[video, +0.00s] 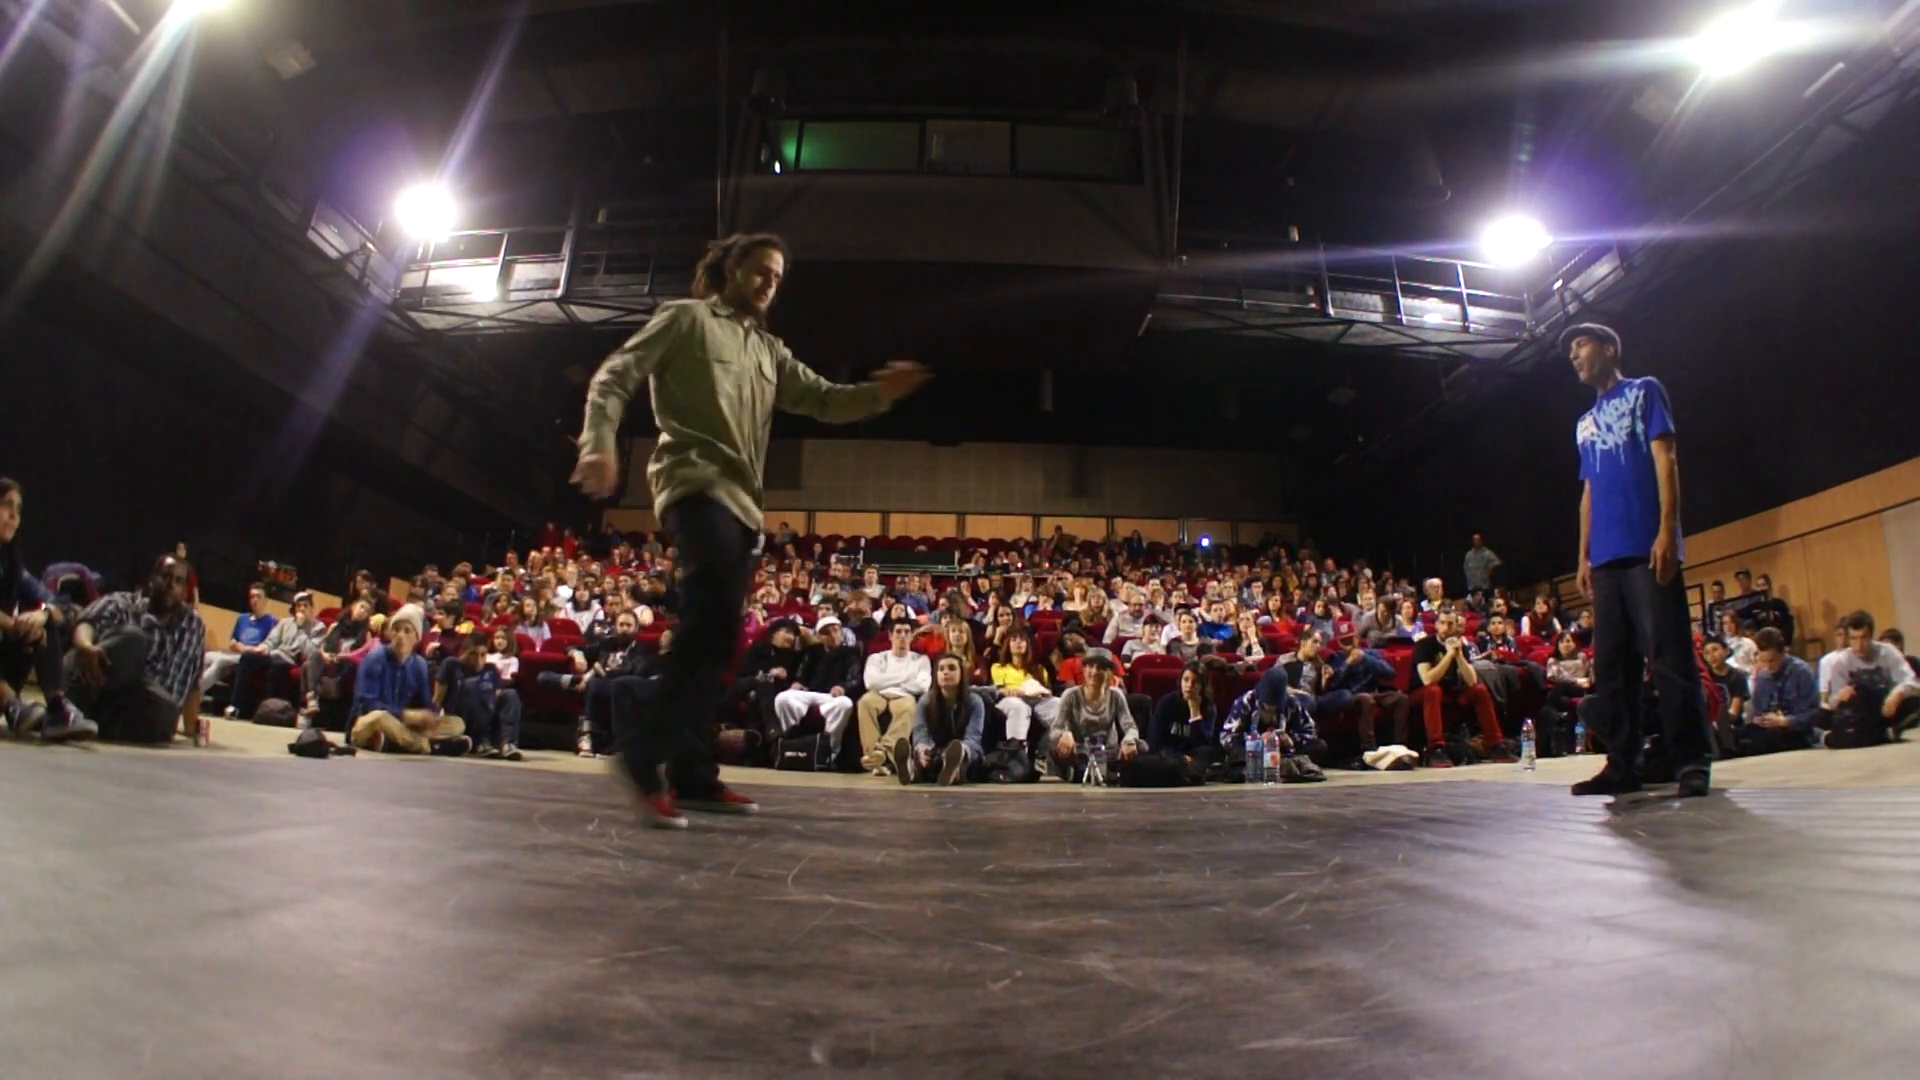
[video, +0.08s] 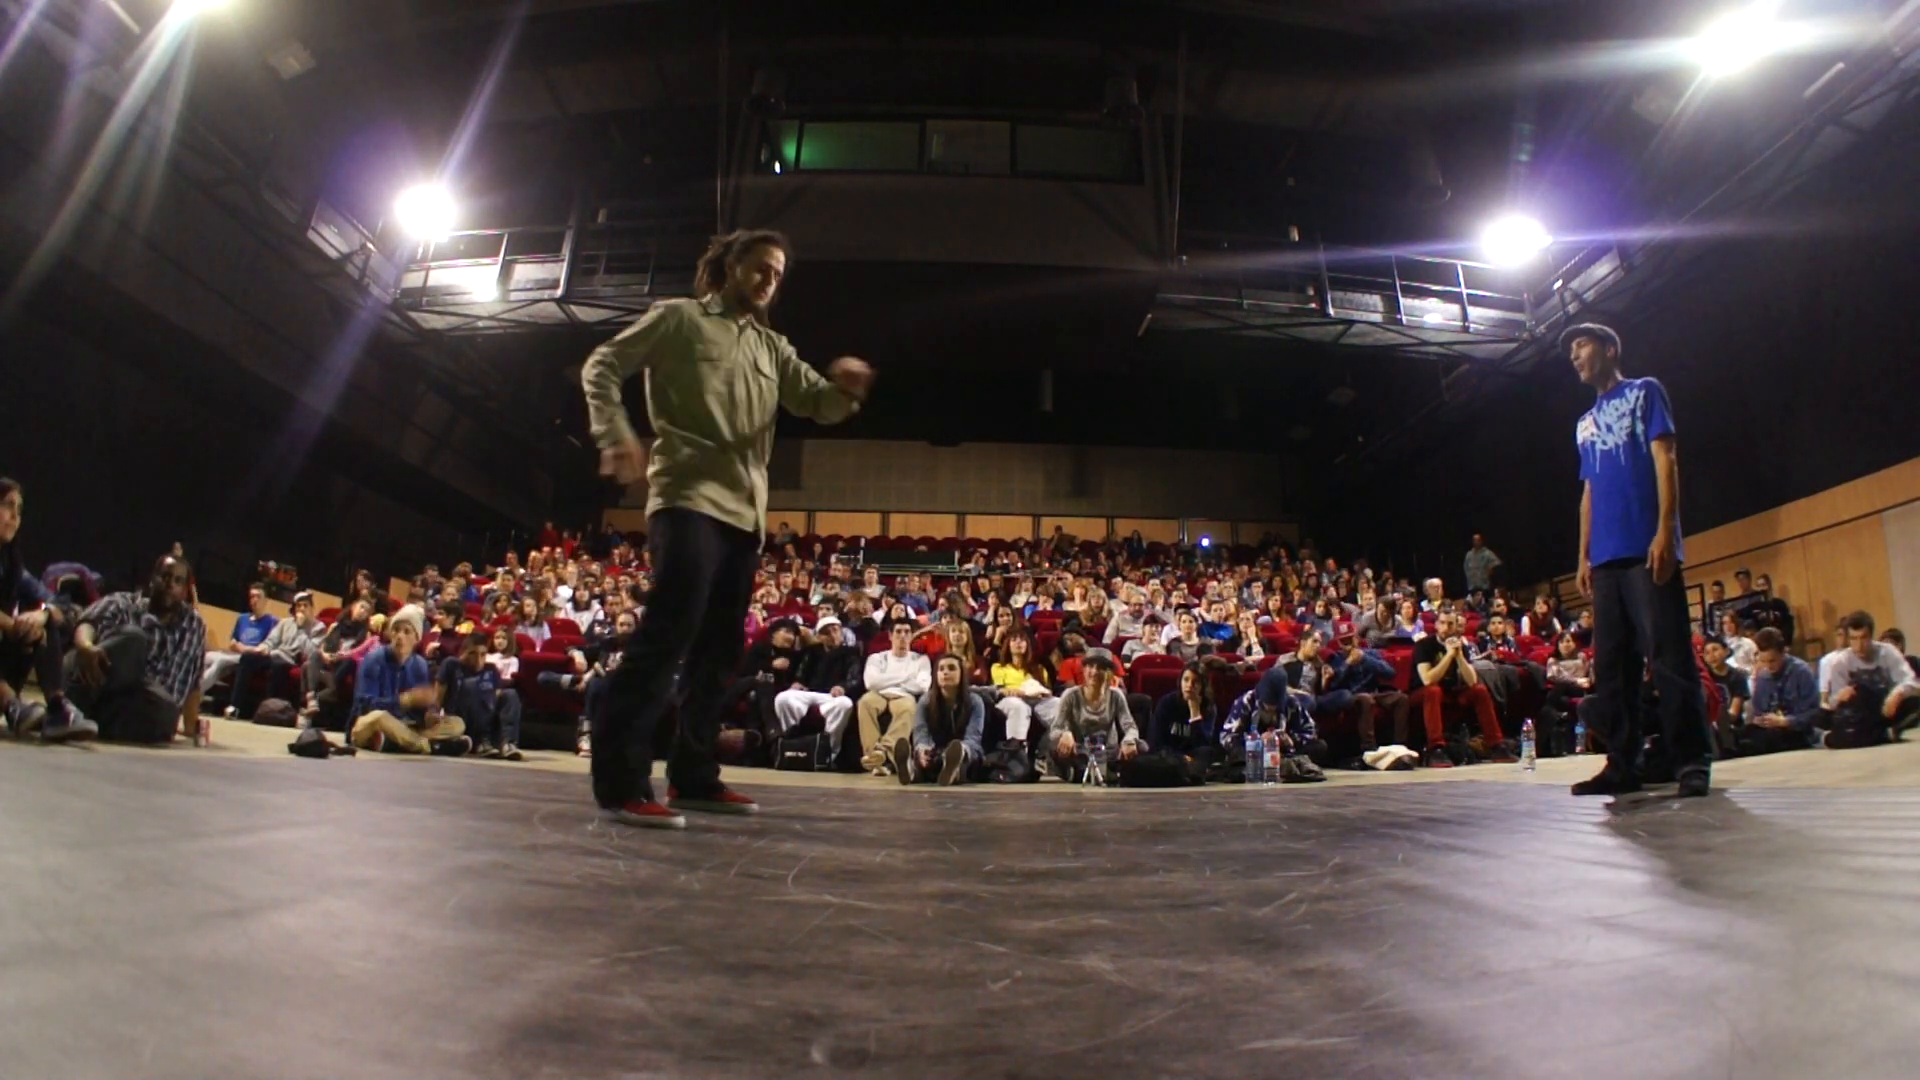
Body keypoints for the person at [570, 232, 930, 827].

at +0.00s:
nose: (771, 285)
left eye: (778, 280)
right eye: (762, 273)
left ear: (778, 290)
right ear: (730, 270)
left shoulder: (770, 350)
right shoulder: (687, 316)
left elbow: (824, 399)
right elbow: (615, 376)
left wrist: (883, 391)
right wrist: (598, 446)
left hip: (742, 503)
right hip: (695, 484)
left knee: (717, 637)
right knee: (710, 625)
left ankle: (695, 776)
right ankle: (646, 756)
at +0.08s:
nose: (769, 283)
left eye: (777, 277)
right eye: (761, 269)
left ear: (779, 286)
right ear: (728, 266)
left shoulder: (771, 344)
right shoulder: (678, 317)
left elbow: (813, 400)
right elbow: (601, 366)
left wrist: (844, 390)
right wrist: (616, 436)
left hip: (745, 510)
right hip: (686, 497)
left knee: (719, 647)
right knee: (671, 631)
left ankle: (695, 779)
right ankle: (619, 780)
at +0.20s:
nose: (767, 280)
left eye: (775, 274)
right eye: (759, 267)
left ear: (777, 282)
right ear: (726, 261)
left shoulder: (777, 346)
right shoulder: (671, 314)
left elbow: (821, 409)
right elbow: (602, 367)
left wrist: (833, 382)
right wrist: (642, 425)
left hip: (742, 517)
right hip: (678, 504)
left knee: (710, 653)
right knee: (640, 643)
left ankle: (695, 781)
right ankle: (616, 787)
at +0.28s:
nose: (766, 277)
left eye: (774, 271)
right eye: (758, 264)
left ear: (776, 281)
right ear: (726, 260)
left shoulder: (772, 345)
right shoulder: (676, 306)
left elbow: (810, 394)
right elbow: (630, 378)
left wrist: (842, 387)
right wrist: (639, 411)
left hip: (740, 515)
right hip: (677, 499)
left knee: (709, 650)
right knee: (646, 642)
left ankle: (694, 779)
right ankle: (617, 785)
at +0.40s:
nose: (777, 270)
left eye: (781, 263)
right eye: (768, 257)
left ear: (774, 273)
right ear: (731, 254)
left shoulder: (774, 344)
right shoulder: (682, 302)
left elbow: (815, 390)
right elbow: (597, 336)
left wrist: (856, 394)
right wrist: (598, 387)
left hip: (738, 515)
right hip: (677, 499)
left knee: (707, 651)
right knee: (648, 644)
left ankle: (694, 779)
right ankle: (620, 788)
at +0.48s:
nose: (778, 268)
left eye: (781, 261)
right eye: (769, 256)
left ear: (771, 271)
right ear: (732, 255)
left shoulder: (775, 342)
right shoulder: (683, 300)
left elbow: (824, 391)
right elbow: (592, 306)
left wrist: (890, 410)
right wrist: (553, 348)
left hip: (736, 513)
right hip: (677, 500)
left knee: (707, 653)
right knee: (651, 645)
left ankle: (694, 780)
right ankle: (619, 786)